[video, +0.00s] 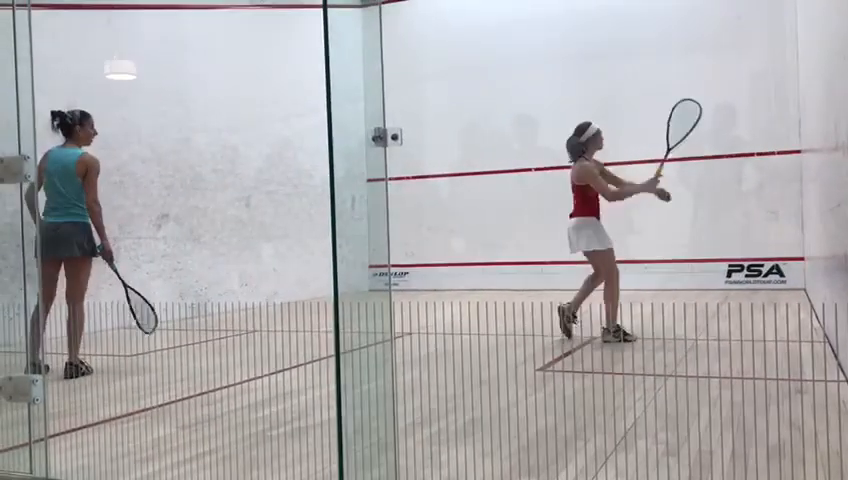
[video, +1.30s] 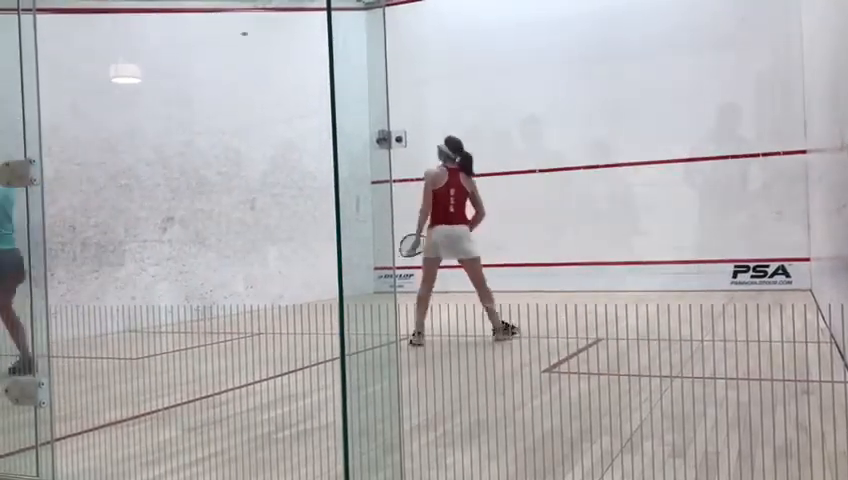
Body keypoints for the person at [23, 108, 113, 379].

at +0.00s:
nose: (95, 132)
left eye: (94, 127)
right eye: (91, 127)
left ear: (73, 130)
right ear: (78, 129)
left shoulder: (48, 157)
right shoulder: (89, 161)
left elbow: (30, 194)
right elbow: (92, 205)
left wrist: (38, 223)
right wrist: (104, 242)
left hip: (48, 231)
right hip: (78, 231)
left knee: (44, 298)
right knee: (75, 300)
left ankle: (34, 359)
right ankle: (73, 361)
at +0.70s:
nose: (64, 135)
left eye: (62, 130)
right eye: (60, 130)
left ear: (39, 135)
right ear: (49, 134)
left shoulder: (17, 164)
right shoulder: (64, 166)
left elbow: (4, 202)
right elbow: (80, 208)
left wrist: (3, 237)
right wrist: (91, 236)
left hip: (23, 238)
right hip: (56, 237)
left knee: (17, 302)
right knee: (67, 304)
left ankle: (9, 365)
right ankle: (77, 363)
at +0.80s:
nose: (53, 138)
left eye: (51, 133)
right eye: (50, 134)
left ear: (25, 136)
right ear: (44, 137)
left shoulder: (8, 165)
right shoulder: (54, 168)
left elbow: (2, 195)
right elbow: (69, 208)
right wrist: (76, 235)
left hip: (11, 238)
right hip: (43, 237)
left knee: (8, 307)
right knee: (58, 301)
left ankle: (8, 366)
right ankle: (75, 357)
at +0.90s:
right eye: (37, 138)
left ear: (12, 139)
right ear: (37, 139)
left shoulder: (3, 165)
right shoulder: (44, 169)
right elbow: (59, 209)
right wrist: (58, 227)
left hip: (6, 240)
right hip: (33, 239)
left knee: (4, 306)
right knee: (42, 295)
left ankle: (7, 363)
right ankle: (62, 343)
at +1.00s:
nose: (27, 144)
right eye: (29, 139)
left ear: (5, 140)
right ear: (29, 140)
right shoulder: (37, 170)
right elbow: (50, 211)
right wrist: (29, 217)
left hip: (5, 238)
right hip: (29, 238)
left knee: (2, 301)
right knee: (26, 295)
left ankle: (4, 361)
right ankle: (40, 352)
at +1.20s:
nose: (2, 162)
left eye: (1, 157)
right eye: (4, 157)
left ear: (3, 155)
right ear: (8, 155)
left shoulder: (12, 183)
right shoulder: (20, 183)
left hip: (13, 250)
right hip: (19, 250)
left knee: (7, 303)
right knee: (7, 304)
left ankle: (27, 356)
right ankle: (26, 355)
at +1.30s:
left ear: (6, 172)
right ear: (8, 173)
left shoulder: (7, 193)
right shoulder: (7, 193)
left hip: (8, 253)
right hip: (10, 252)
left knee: (6, 308)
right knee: (6, 308)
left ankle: (25, 357)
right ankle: (25, 356)